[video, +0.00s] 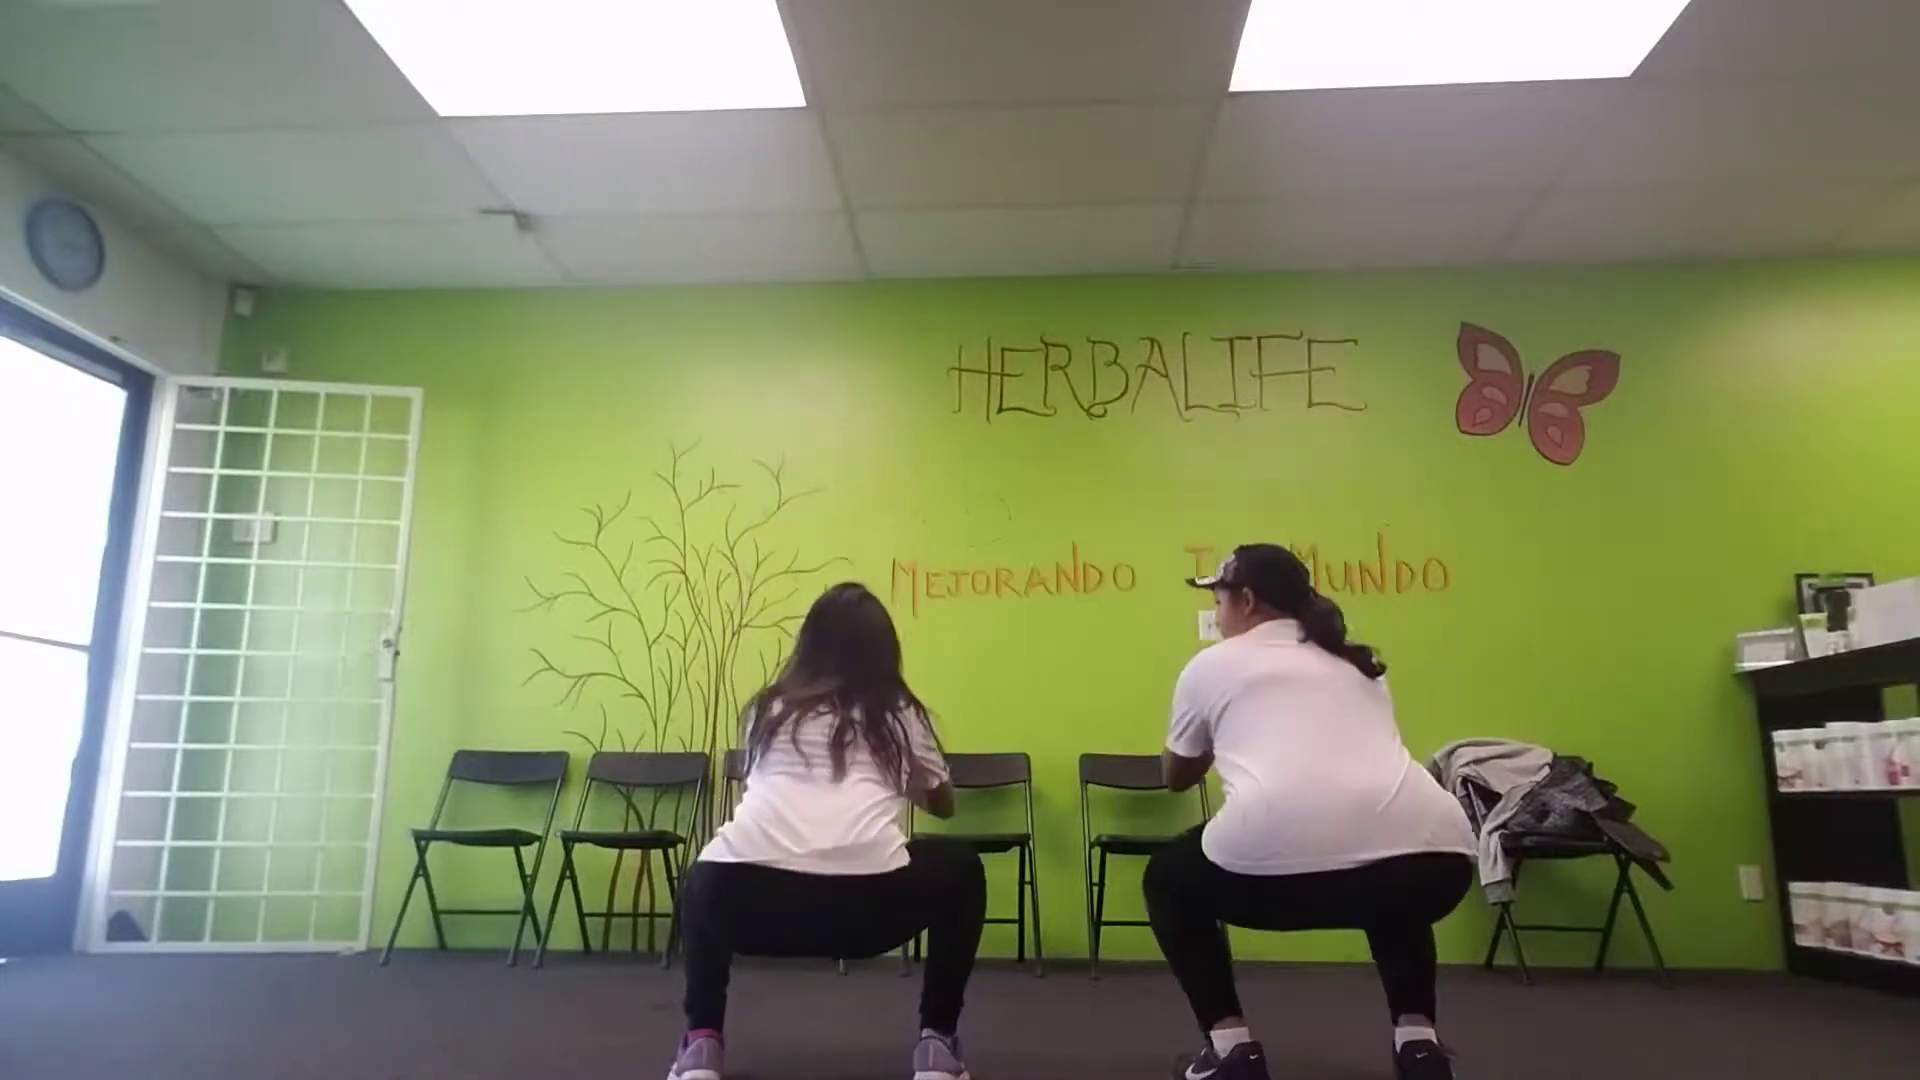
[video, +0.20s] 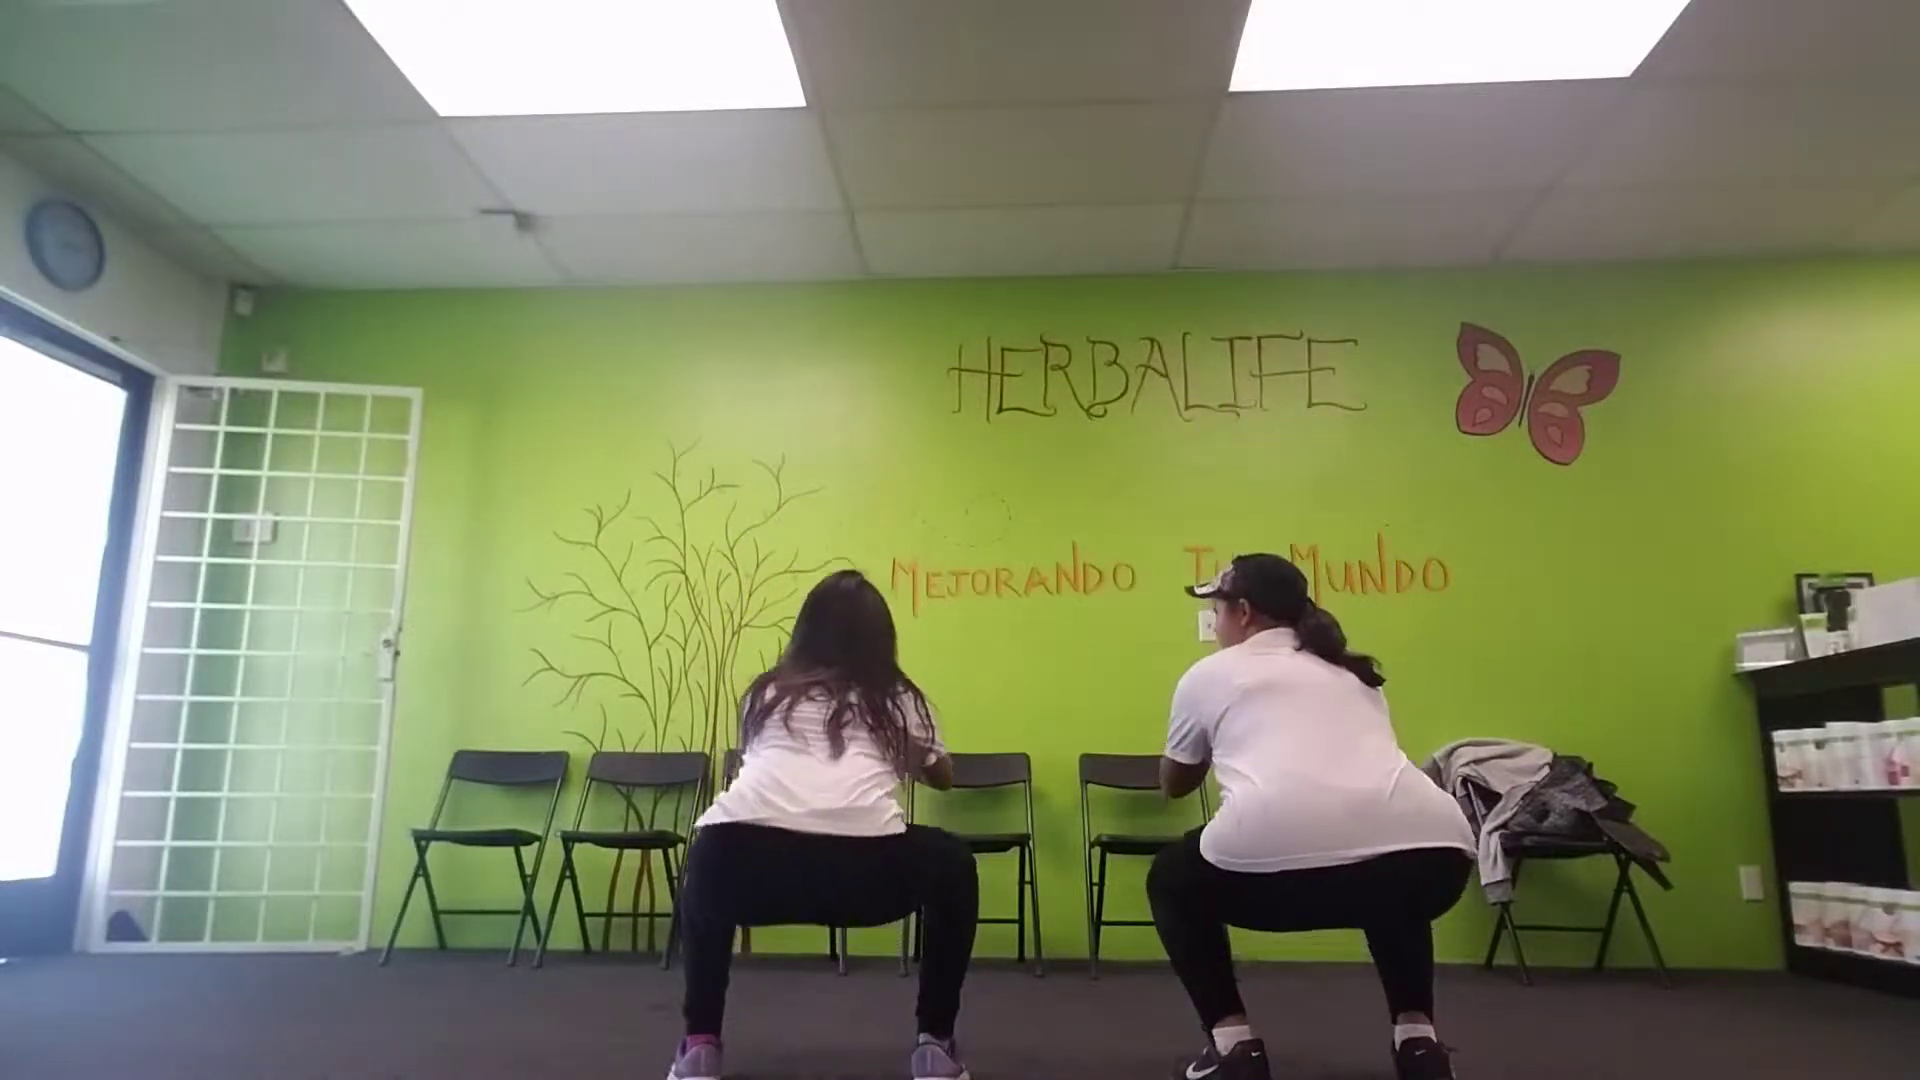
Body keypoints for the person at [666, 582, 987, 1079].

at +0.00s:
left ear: (806, 645)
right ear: (885, 649)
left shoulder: (767, 705)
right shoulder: (900, 710)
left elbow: (754, 778)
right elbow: (942, 803)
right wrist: (886, 763)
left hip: (750, 903)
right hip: (862, 908)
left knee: (703, 880)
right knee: (962, 870)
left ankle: (701, 1040)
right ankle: (937, 1042)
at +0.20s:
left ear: (803, 632)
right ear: (882, 638)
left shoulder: (765, 690)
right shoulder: (899, 698)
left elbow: (756, 758)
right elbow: (940, 774)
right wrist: (890, 741)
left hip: (744, 860)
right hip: (862, 866)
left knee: (707, 856)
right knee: (952, 861)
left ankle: (699, 1044)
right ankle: (934, 1044)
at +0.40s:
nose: (892, 557)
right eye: (886, 547)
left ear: (805, 550)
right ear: (883, 555)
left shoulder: (765, 607)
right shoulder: (898, 612)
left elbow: (752, 686)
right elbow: (951, 698)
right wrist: (896, 655)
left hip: (750, 757)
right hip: (865, 762)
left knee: (717, 878)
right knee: (942, 874)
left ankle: (699, 1047)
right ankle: (934, 1048)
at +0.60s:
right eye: (887, 433)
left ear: (804, 434)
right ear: (886, 439)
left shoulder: (767, 503)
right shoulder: (909, 508)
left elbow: (739, 609)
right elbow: (963, 616)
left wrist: (794, 610)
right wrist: (895, 605)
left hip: (764, 678)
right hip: (875, 684)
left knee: (724, 854)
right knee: (929, 861)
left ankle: (699, 1049)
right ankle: (934, 1050)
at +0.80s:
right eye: (889, 347)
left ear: (804, 353)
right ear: (891, 358)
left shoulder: (765, 431)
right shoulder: (922, 433)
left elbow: (731, 541)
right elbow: (962, 538)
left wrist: (796, 570)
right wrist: (900, 573)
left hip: (781, 642)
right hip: (886, 645)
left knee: (748, 844)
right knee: (913, 849)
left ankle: (702, 1049)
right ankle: (934, 1050)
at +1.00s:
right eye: (884, 323)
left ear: (803, 334)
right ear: (887, 337)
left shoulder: (762, 412)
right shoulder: (919, 412)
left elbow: (726, 520)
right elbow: (953, 519)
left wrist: (778, 571)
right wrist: (902, 575)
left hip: (786, 644)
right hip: (890, 646)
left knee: (750, 847)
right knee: (906, 851)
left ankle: (701, 1050)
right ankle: (934, 1051)